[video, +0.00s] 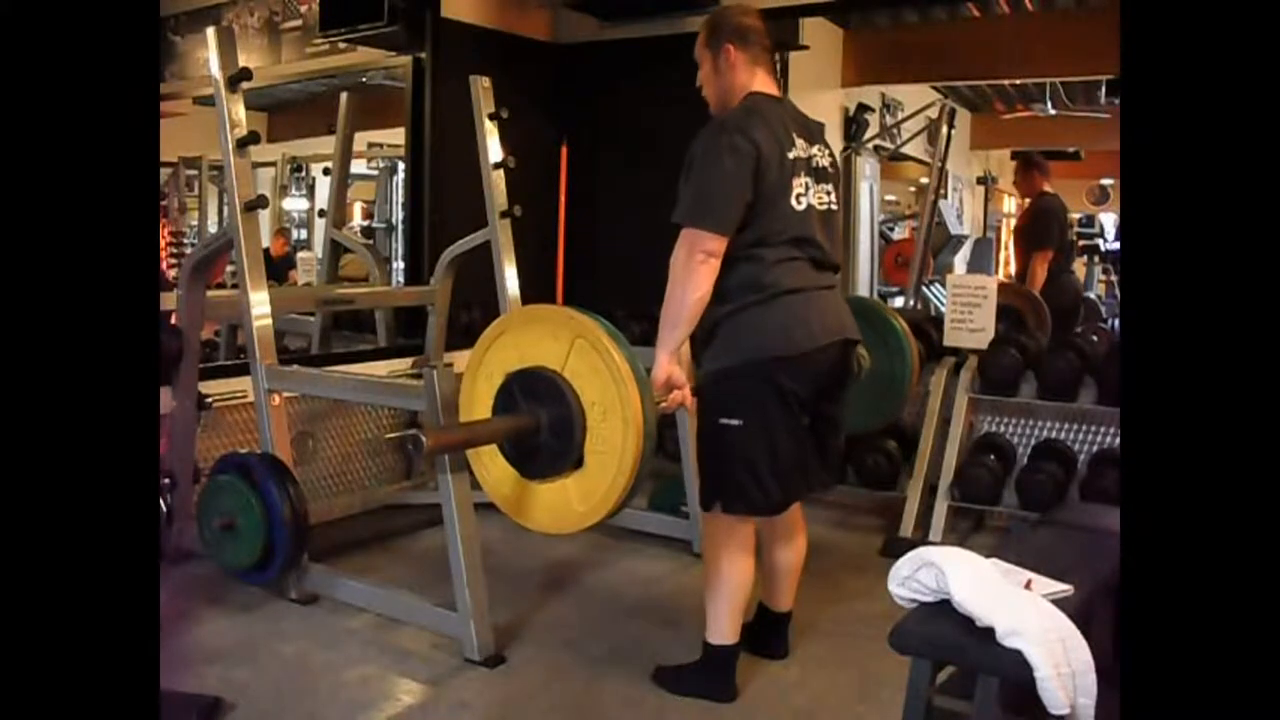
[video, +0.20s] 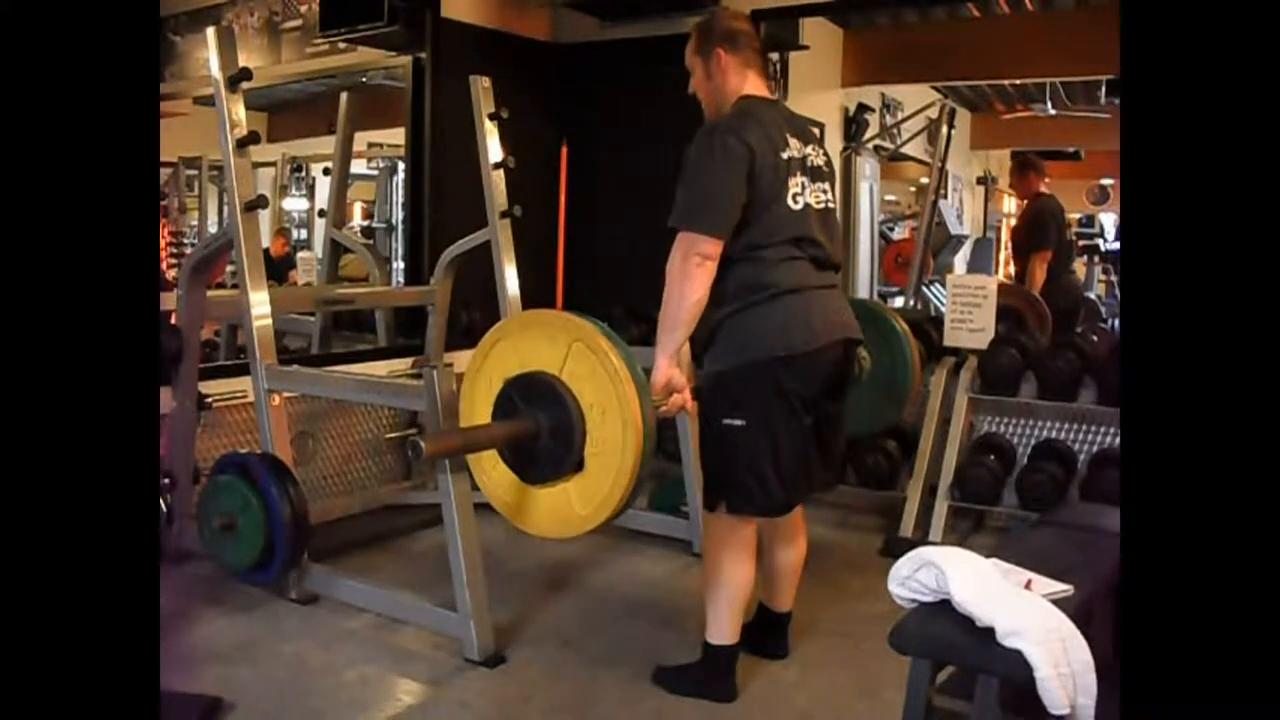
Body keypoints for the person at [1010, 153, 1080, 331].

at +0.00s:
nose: (1015, 183)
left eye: (1018, 177)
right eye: (1015, 178)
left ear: (1033, 176)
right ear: (1035, 176)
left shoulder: (1045, 206)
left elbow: (1041, 260)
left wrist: (1027, 303)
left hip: (1051, 290)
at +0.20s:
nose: (1011, 185)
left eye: (1014, 179)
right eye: (1011, 179)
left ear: (1029, 178)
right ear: (1032, 179)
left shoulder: (1043, 208)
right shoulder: (1036, 205)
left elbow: (1041, 260)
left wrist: (1027, 303)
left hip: (1053, 293)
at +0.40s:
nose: (1005, 190)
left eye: (1008, 183)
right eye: (1005, 184)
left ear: (1024, 181)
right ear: (1027, 181)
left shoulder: (1039, 209)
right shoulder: (1037, 207)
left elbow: (1039, 262)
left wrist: (1026, 307)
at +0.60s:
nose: (1001, 193)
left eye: (1004, 186)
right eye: (1002, 186)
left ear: (1020, 183)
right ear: (1023, 183)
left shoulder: (1037, 211)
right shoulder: (1029, 210)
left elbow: (1037, 265)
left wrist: (1027, 310)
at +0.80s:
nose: (997, 194)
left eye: (1000, 187)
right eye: (997, 188)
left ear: (1015, 185)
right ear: (1017, 186)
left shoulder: (1034, 214)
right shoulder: (1027, 214)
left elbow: (1036, 266)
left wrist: (1027, 313)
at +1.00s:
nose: (992, 199)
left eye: (995, 192)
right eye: (992, 193)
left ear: (1011, 189)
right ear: (1013, 190)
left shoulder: (1031, 217)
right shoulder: (1022, 218)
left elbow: (1034, 270)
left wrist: (1026, 318)